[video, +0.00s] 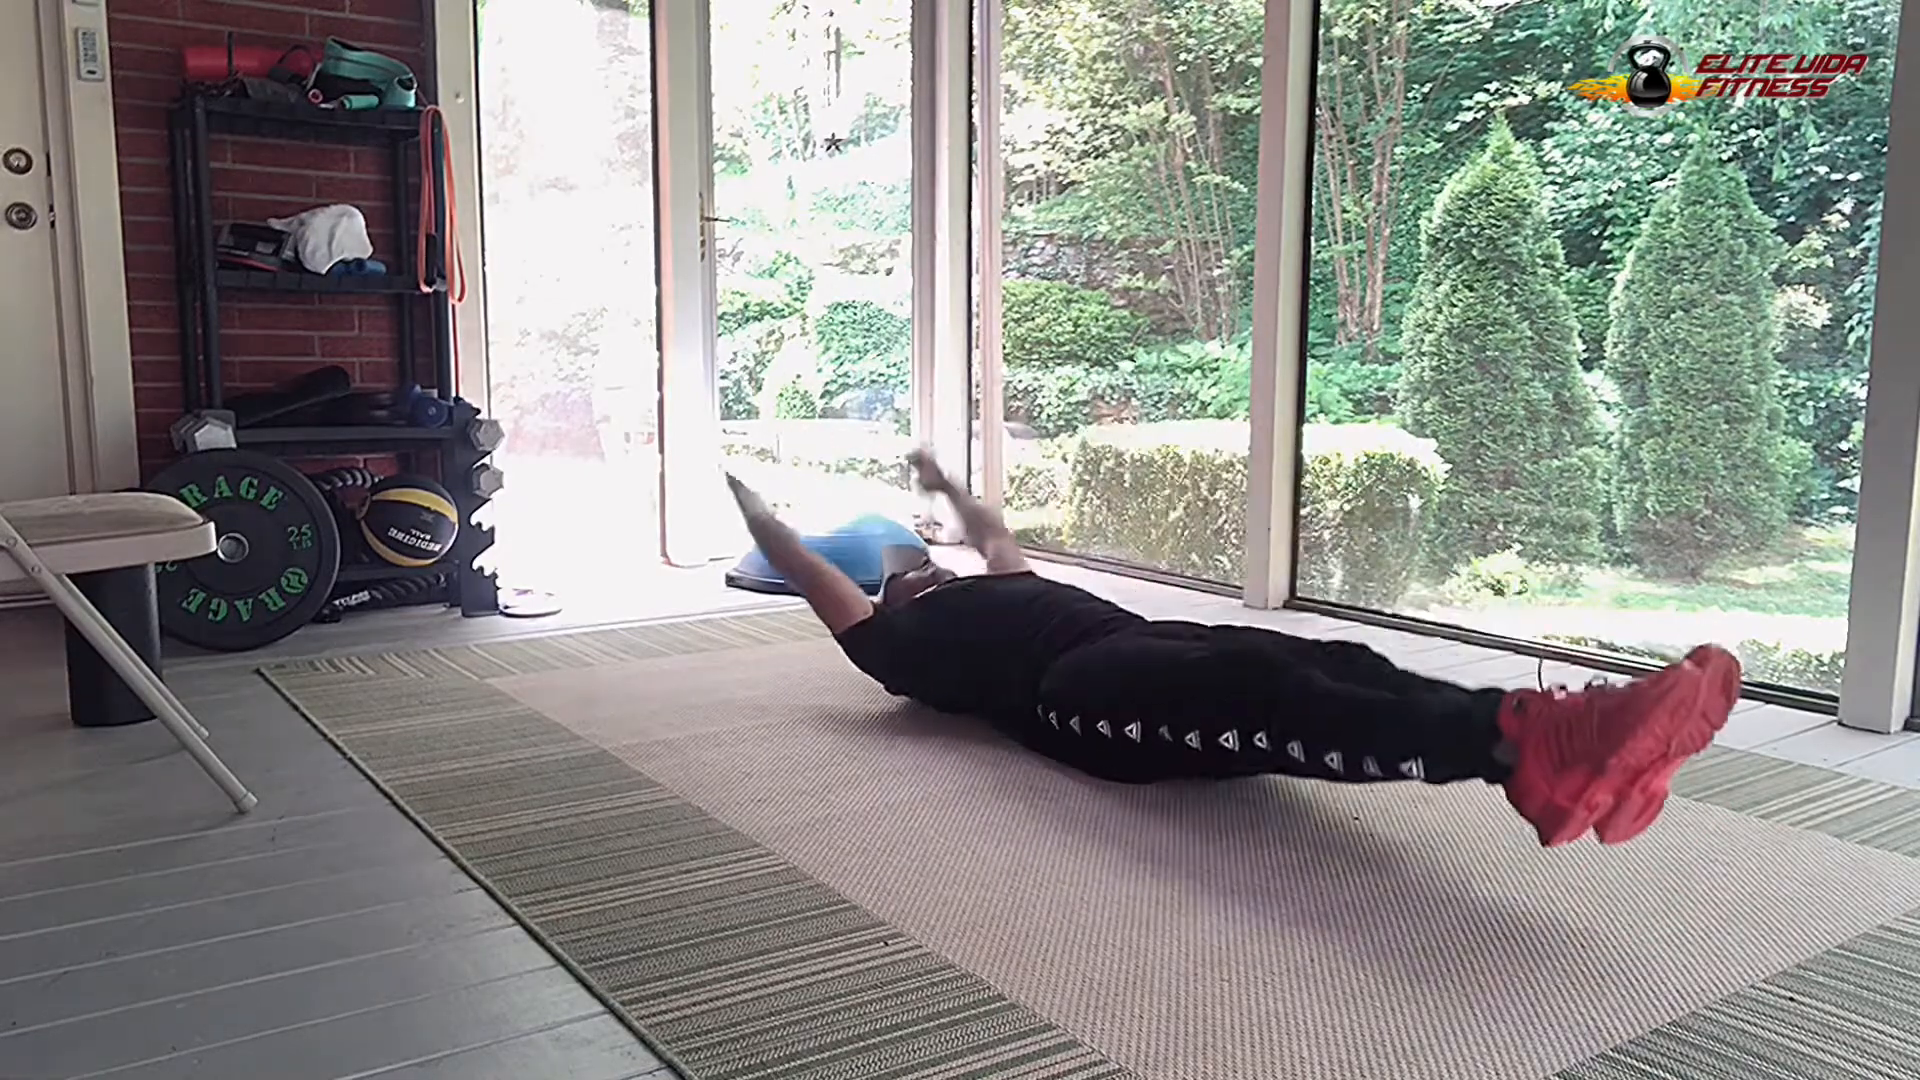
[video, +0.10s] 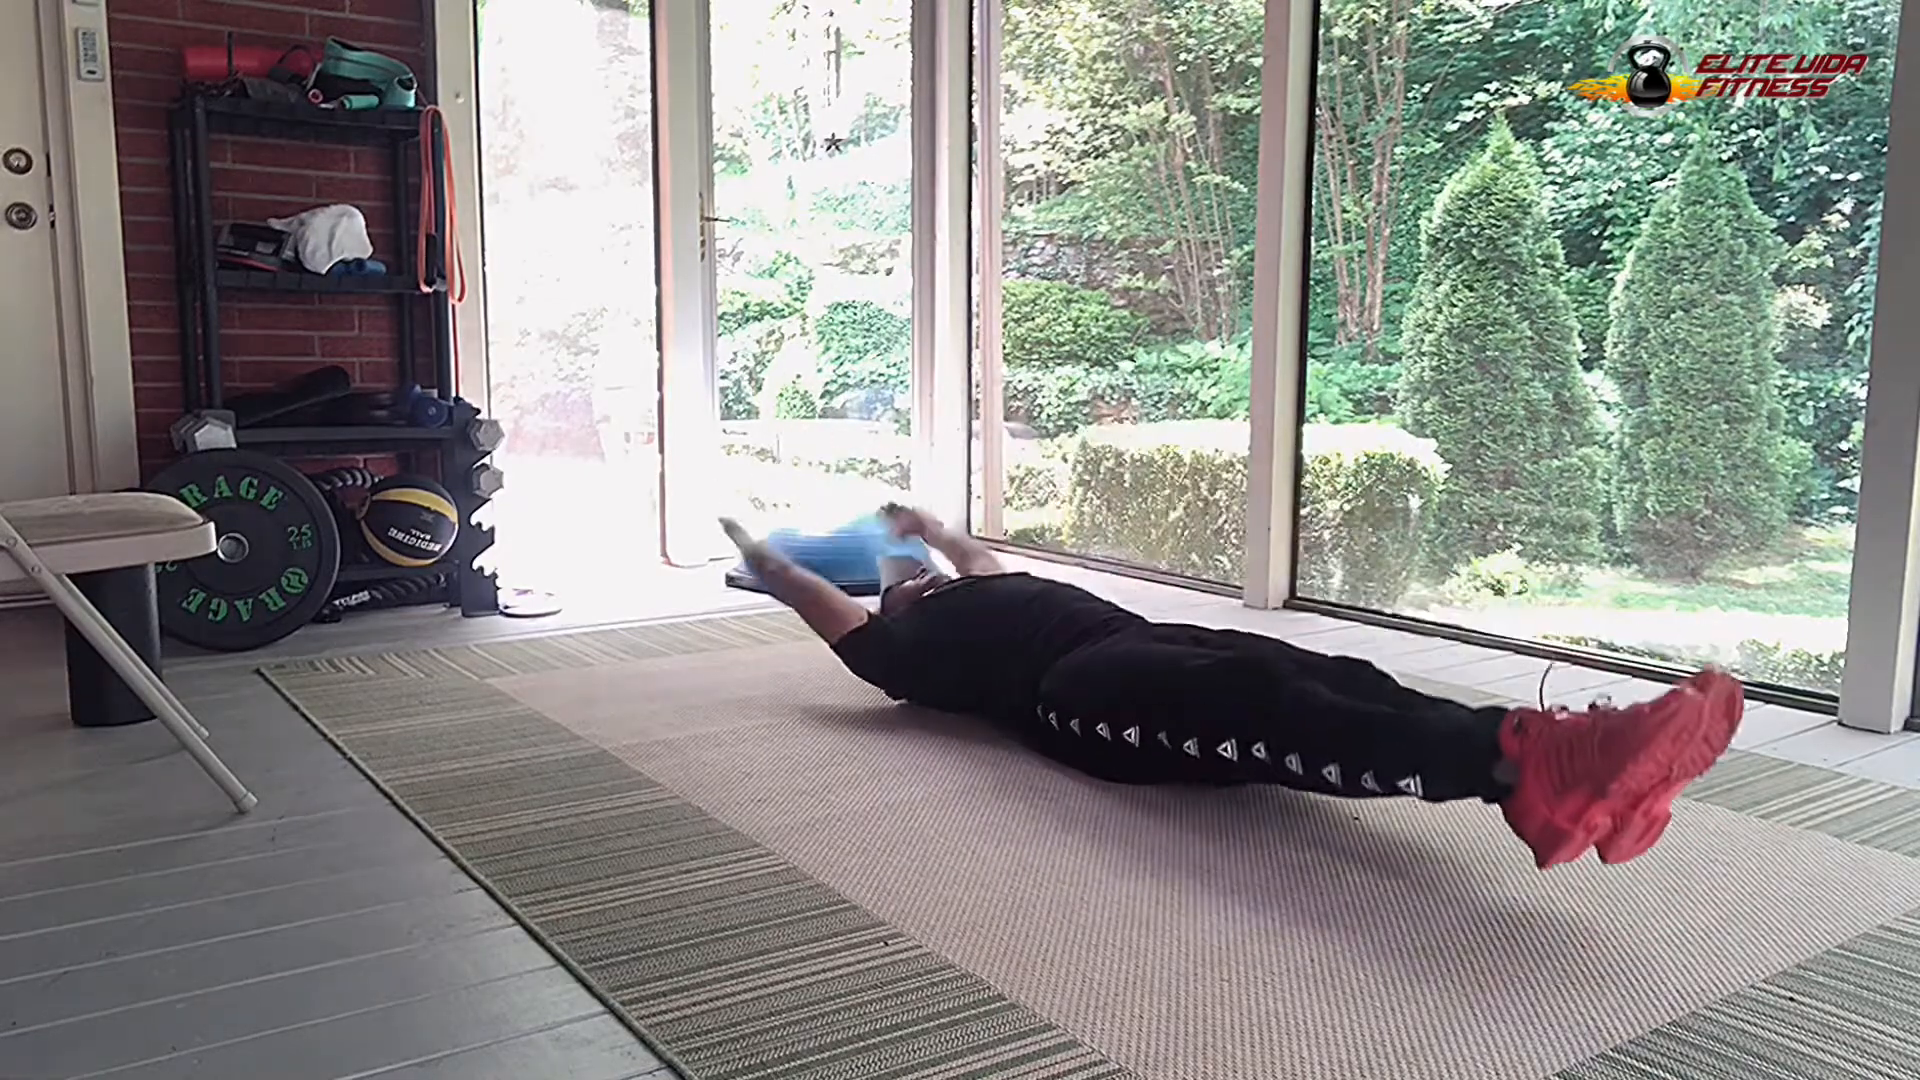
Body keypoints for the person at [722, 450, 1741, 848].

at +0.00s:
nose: (901, 559)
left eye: (911, 552)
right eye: (881, 564)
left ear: (940, 562)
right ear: (865, 591)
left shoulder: (998, 585)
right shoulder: (881, 628)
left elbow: (995, 530)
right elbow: (800, 570)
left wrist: (939, 491)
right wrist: (755, 510)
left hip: (1146, 635)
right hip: (1070, 684)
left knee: (1327, 658)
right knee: (1266, 686)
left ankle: (1566, 765)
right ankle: (1543, 742)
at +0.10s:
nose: (896, 567)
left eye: (898, 557)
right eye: (878, 571)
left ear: (920, 569)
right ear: (868, 600)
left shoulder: (984, 589)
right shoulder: (879, 640)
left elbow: (994, 556)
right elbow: (778, 574)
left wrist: (927, 529)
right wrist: (771, 559)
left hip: (1139, 637)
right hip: (1078, 687)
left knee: (1324, 673)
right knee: (1271, 704)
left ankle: (1563, 789)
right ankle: (1535, 762)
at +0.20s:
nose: (918, 565)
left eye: (931, 560)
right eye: (898, 575)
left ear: (956, 574)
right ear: (884, 614)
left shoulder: (1000, 582)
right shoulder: (880, 644)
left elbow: (923, 537)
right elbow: (752, 574)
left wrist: (905, 550)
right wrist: (853, 566)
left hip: (1147, 635)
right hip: (1078, 678)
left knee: (1339, 679)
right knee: (1275, 717)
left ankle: (1572, 809)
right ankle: (1538, 770)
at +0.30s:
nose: (910, 565)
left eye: (909, 558)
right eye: (887, 570)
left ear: (918, 567)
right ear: (871, 597)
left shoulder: (997, 589)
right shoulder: (883, 643)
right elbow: (745, 592)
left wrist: (932, 542)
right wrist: (850, 582)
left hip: (1145, 640)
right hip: (1078, 682)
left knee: (1333, 682)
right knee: (1269, 723)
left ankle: (1578, 806)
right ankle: (1536, 785)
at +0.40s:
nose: (907, 572)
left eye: (907, 564)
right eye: (884, 576)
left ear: (922, 568)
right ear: (870, 598)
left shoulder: (997, 590)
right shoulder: (887, 647)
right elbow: (757, 620)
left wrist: (943, 553)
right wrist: (813, 613)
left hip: (1145, 636)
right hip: (1079, 683)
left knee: (1330, 685)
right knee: (1259, 719)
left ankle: (1576, 807)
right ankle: (1538, 802)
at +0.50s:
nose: (910, 579)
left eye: (915, 570)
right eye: (891, 583)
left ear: (938, 573)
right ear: (873, 607)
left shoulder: (1005, 587)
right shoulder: (887, 645)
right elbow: (770, 633)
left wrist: (946, 553)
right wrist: (771, 625)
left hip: (1147, 633)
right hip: (1080, 677)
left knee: (1335, 690)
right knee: (1268, 726)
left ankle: (1575, 820)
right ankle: (1545, 812)